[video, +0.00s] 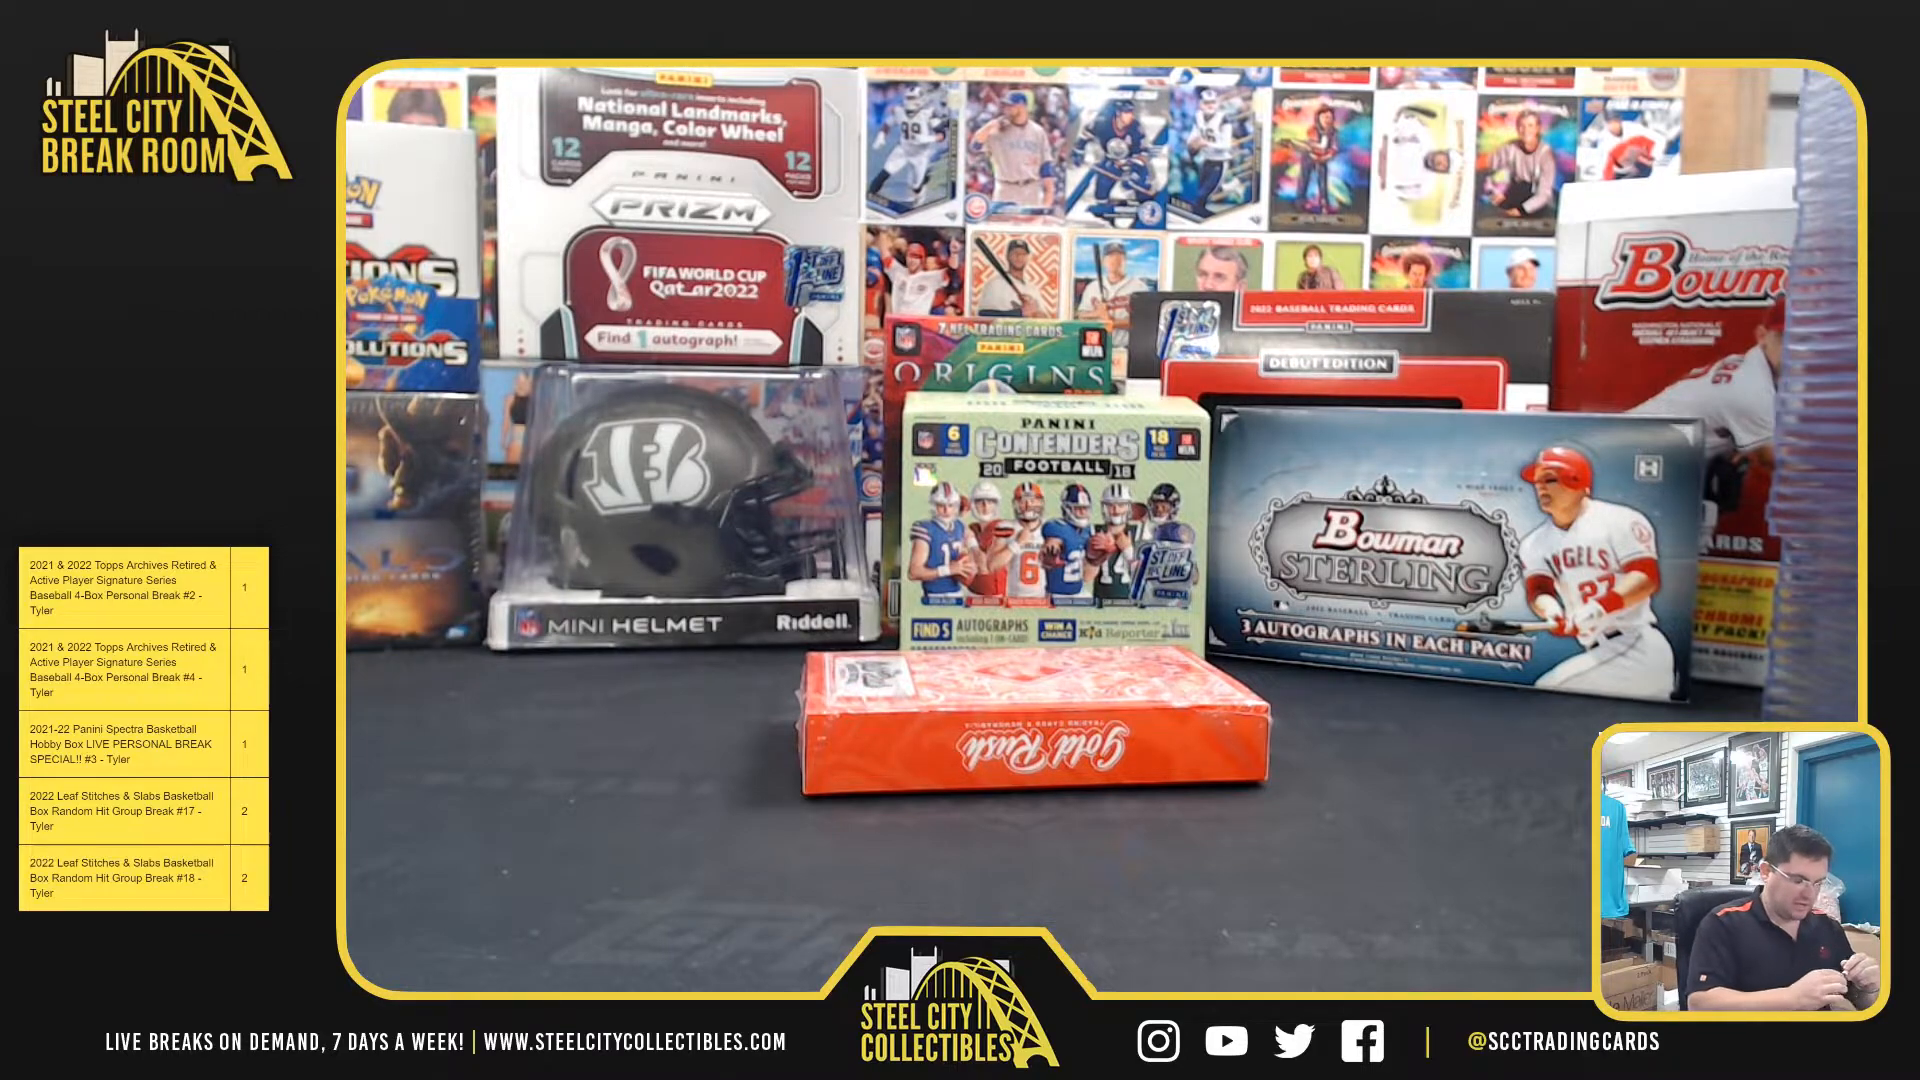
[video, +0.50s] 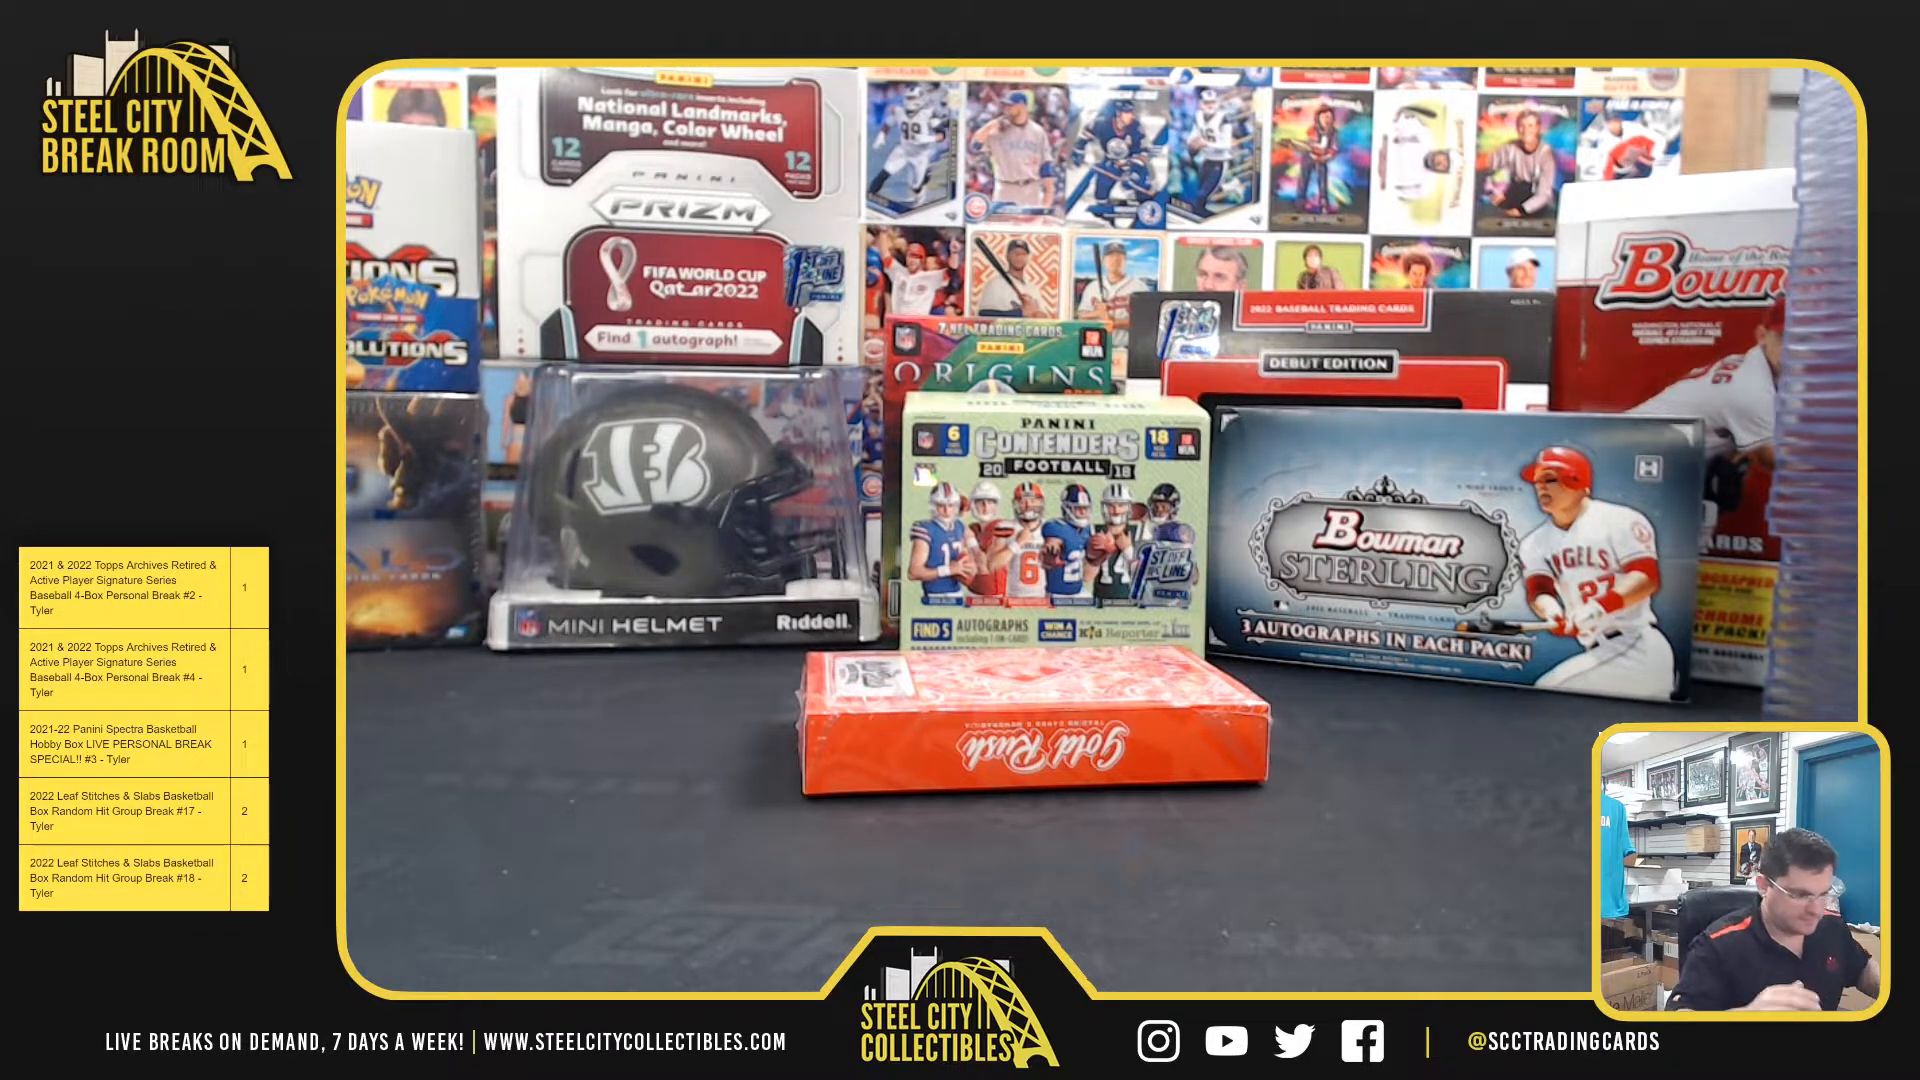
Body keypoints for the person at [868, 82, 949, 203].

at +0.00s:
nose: (911, 102)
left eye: (914, 99)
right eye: (908, 99)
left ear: (920, 100)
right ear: (904, 100)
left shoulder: (928, 114)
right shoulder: (899, 113)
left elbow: (942, 134)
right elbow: (887, 125)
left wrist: (928, 139)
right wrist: (881, 137)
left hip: (920, 153)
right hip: (903, 150)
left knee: (915, 186)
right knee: (885, 172)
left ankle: (919, 194)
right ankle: (868, 197)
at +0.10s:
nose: (911, 102)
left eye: (914, 99)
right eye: (908, 99)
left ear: (920, 100)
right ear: (904, 100)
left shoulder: (928, 114)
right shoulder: (899, 113)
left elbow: (942, 134)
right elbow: (887, 125)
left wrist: (928, 139)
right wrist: (881, 137)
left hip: (920, 153)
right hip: (903, 150)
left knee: (915, 186)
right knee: (885, 172)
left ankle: (919, 194)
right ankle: (868, 197)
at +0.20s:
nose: (911, 102)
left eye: (915, 99)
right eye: (909, 99)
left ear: (921, 100)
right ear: (905, 100)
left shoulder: (928, 114)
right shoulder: (899, 112)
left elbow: (942, 134)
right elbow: (887, 125)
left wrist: (928, 139)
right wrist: (881, 136)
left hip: (921, 153)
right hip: (903, 150)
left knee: (915, 187)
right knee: (885, 173)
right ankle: (868, 197)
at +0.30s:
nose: (911, 102)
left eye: (915, 99)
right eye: (909, 99)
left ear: (921, 100)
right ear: (905, 100)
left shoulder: (928, 114)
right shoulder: (899, 112)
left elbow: (942, 134)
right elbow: (887, 125)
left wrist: (928, 139)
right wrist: (881, 137)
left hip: (921, 153)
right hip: (903, 150)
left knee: (915, 186)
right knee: (885, 173)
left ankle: (919, 195)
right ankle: (868, 197)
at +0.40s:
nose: (911, 102)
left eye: (915, 99)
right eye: (909, 99)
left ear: (921, 100)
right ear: (905, 100)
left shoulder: (928, 114)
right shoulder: (899, 112)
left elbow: (942, 134)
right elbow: (887, 125)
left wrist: (928, 139)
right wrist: (881, 137)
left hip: (921, 153)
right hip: (903, 150)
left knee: (915, 186)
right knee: (885, 173)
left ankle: (919, 195)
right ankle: (868, 197)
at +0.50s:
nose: (911, 102)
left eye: (915, 99)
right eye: (909, 99)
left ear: (921, 100)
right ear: (905, 100)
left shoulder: (928, 114)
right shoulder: (899, 112)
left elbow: (942, 134)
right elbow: (887, 125)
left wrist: (928, 139)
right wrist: (881, 137)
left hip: (921, 153)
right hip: (903, 150)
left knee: (915, 186)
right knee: (885, 173)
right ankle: (868, 197)